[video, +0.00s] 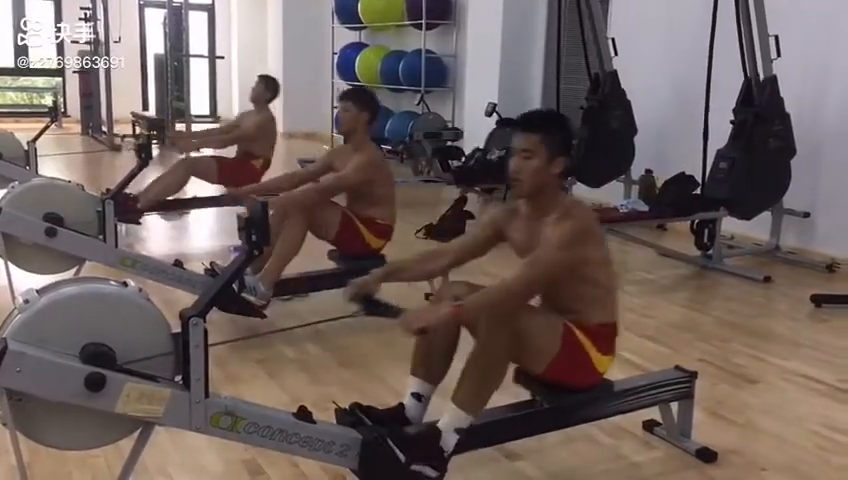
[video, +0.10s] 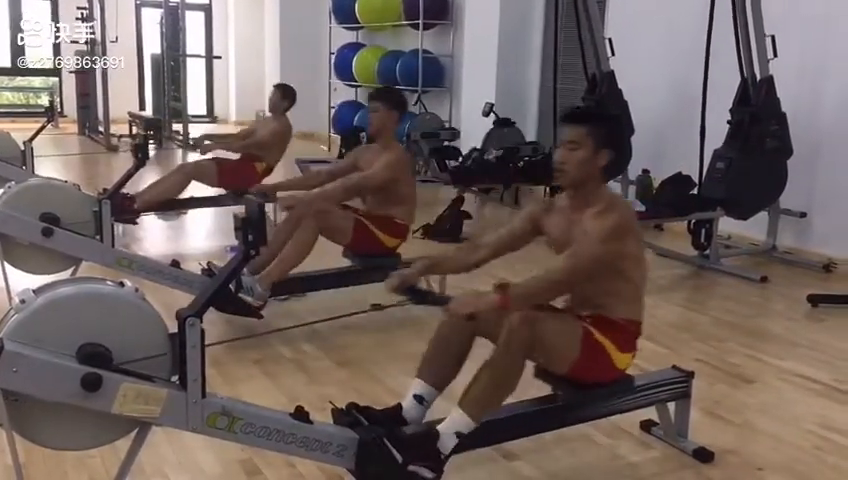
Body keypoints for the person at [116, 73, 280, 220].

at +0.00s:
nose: (252, 89)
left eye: (257, 87)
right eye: (254, 86)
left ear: (266, 94)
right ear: (263, 92)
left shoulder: (263, 121)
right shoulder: (249, 115)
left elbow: (227, 141)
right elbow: (220, 131)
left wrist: (191, 146)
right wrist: (188, 137)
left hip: (247, 173)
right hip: (240, 167)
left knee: (188, 166)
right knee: (183, 163)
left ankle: (142, 205)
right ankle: (140, 198)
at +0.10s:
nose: (270, 98)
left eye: (275, 96)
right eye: (272, 94)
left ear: (285, 103)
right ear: (278, 100)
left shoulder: (279, 127)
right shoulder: (268, 121)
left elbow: (245, 145)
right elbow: (238, 137)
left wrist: (211, 146)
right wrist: (207, 139)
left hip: (247, 174)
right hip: (241, 168)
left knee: (188, 170)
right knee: (186, 168)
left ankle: (136, 205)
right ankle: (136, 201)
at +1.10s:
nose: (230, 103)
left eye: (233, 98)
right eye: (229, 99)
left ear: (247, 99)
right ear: (238, 100)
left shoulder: (257, 125)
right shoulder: (239, 124)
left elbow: (245, 161)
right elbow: (222, 150)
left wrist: (208, 167)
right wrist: (195, 153)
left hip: (237, 178)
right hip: (226, 172)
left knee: (180, 185)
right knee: (176, 182)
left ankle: (118, 211)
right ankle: (116, 205)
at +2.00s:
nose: (197, 106)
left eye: (201, 103)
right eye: (198, 102)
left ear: (215, 104)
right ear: (212, 105)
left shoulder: (230, 127)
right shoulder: (212, 126)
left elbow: (205, 157)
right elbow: (186, 147)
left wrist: (170, 168)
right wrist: (159, 159)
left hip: (235, 181)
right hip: (225, 176)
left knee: (176, 171)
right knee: (170, 170)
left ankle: (128, 214)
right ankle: (127, 208)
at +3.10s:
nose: (149, 107)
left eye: (154, 105)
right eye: (151, 103)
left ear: (166, 112)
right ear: (161, 112)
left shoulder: (173, 132)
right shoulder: (157, 129)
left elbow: (135, 154)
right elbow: (129, 147)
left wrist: (96, 159)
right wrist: (90, 150)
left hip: (197, 181)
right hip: (186, 178)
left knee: (146, 158)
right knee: (142, 158)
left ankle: (137, 209)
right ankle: (134, 206)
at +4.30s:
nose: (274, 123)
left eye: (277, 119)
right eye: (274, 118)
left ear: (290, 121)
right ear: (283, 120)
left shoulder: (294, 149)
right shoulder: (277, 143)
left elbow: (285, 180)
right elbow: (262, 166)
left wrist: (253, 161)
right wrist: (241, 157)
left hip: (247, 184)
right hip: (239, 177)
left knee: (191, 183)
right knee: (187, 178)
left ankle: (134, 216)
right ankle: (133, 207)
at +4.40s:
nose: (267, 118)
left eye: (271, 115)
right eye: (267, 114)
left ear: (283, 117)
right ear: (274, 116)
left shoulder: (287, 143)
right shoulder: (272, 138)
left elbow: (277, 176)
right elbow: (255, 164)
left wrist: (240, 160)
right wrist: (232, 158)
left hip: (248, 183)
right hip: (240, 177)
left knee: (191, 183)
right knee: (186, 179)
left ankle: (133, 215)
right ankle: (132, 208)